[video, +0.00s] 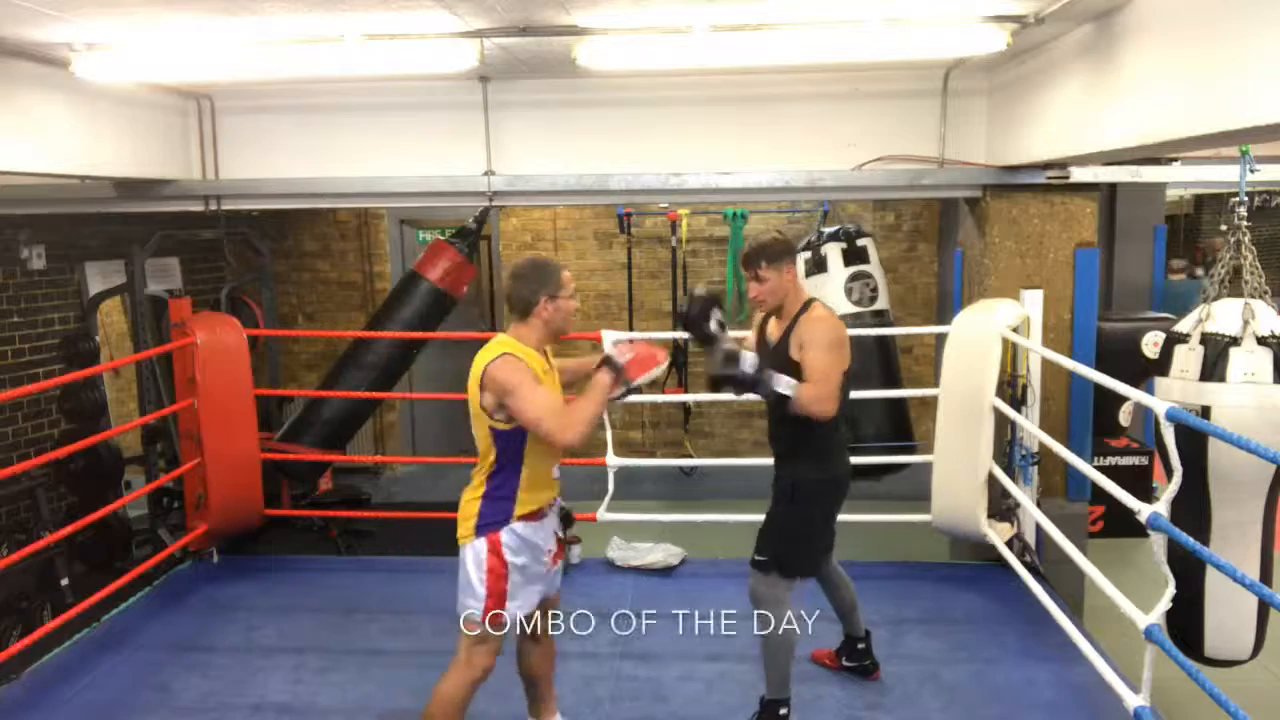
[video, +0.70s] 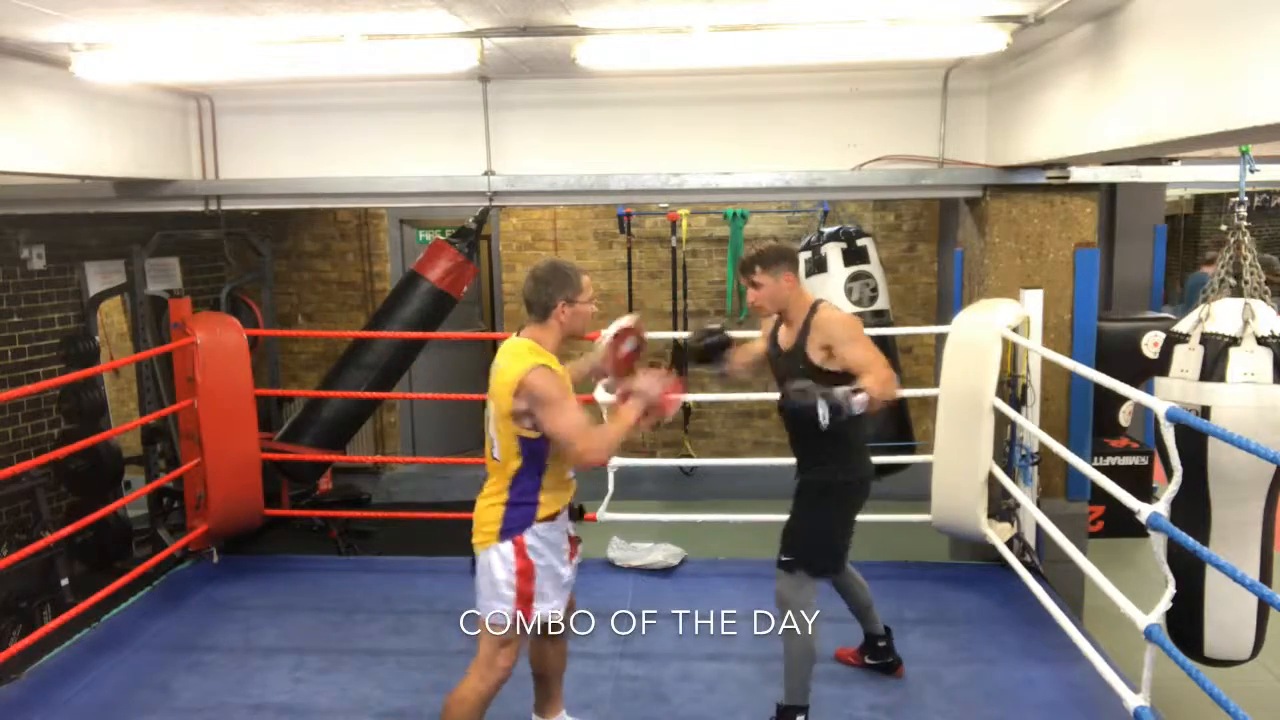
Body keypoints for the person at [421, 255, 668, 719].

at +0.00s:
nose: (575, 305)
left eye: (574, 295)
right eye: (569, 296)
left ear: (538, 305)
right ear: (543, 306)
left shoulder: (534, 356)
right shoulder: (505, 366)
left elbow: (561, 374)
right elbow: (565, 432)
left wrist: (614, 361)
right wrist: (604, 377)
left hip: (539, 518)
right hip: (497, 529)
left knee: (539, 631)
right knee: (476, 661)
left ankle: (545, 713)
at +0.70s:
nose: (594, 309)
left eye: (593, 300)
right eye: (588, 300)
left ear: (550, 307)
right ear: (561, 309)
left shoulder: (521, 349)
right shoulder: (535, 374)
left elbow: (557, 386)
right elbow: (590, 451)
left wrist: (598, 362)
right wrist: (636, 401)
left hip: (547, 519)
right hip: (513, 530)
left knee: (555, 619)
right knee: (494, 663)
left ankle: (549, 713)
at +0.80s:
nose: (601, 313)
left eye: (600, 304)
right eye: (595, 304)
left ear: (565, 311)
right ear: (567, 312)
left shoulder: (571, 355)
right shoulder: (512, 373)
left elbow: (618, 373)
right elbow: (509, 463)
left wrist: (675, 355)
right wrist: (581, 462)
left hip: (554, 515)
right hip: (510, 525)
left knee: (566, 617)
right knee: (497, 656)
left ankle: (552, 711)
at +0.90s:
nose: (613, 318)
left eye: (612, 309)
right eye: (607, 310)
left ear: (579, 317)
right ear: (580, 317)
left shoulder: (575, 361)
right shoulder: (527, 375)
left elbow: (601, 390)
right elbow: (509, 463)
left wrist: (657, 380)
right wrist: (578, 490)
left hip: (551, 517)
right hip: (511, 524)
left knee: (567, 613)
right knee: (498, 655)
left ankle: (557, 711)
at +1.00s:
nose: (622, 322)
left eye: (622, 312)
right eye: (617, 313)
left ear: (578, 317)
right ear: (591, 321)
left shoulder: (536, 345)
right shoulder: (574, 379)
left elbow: (565, 388)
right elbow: (605, 463)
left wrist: (618, 374)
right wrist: (681, 472)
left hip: (541, 512)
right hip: (519, 519)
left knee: (561, 604)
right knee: (495, 648)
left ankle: (555, 710)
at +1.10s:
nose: (624, 322)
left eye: (625, 313)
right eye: (619, 315)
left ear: (565, 314)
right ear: (589, 325)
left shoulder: (528, 339)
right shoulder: (589, 382)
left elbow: (575, 336)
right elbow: (671, 425)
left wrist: (619, 326)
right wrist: (744, 416)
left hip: (539, 512)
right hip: (521, 523)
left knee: (561, 602)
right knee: (490, 649)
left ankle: (556, 707)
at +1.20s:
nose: (616, 320)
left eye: (617, 311)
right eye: (612, 312)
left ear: (574, 314)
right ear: (586, 318)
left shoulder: (527, 334)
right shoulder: (581, 380)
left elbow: (573, 324)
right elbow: (648, 445)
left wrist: (613, 290)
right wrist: (725, 448)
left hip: (543, 509)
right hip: (527, 520)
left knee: (562, 601)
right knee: (501, 647)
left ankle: (556, 710)